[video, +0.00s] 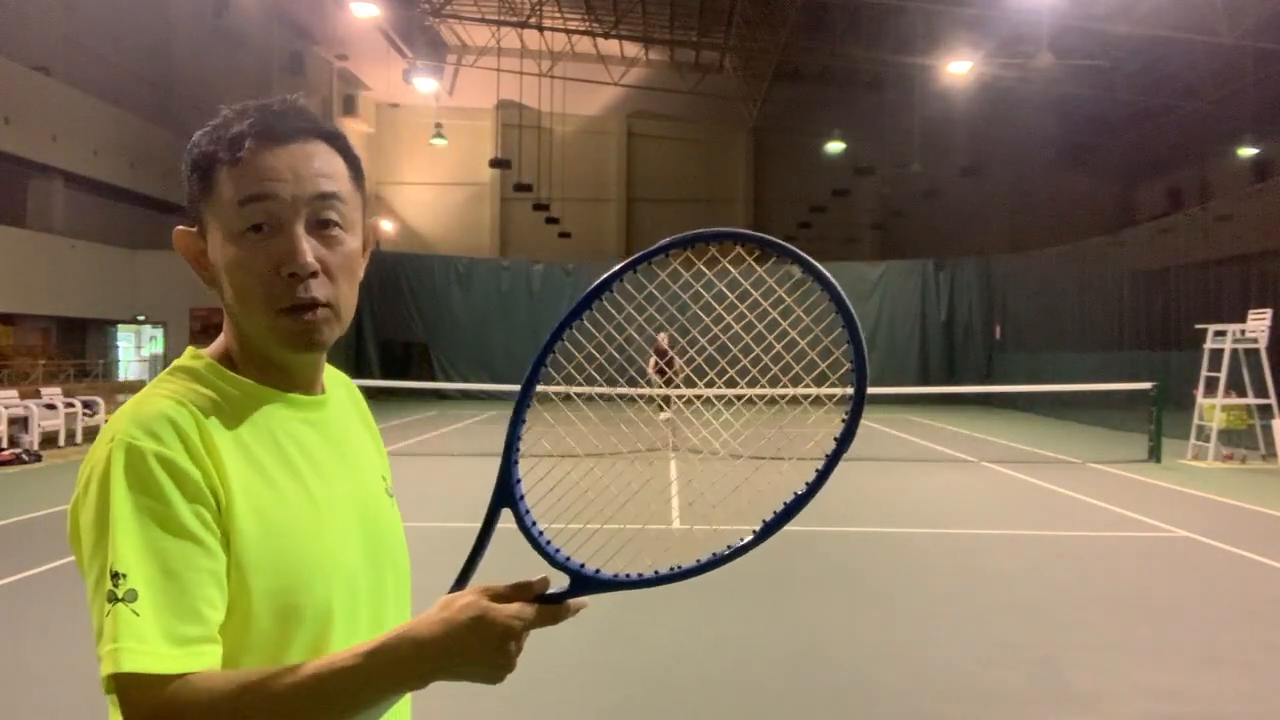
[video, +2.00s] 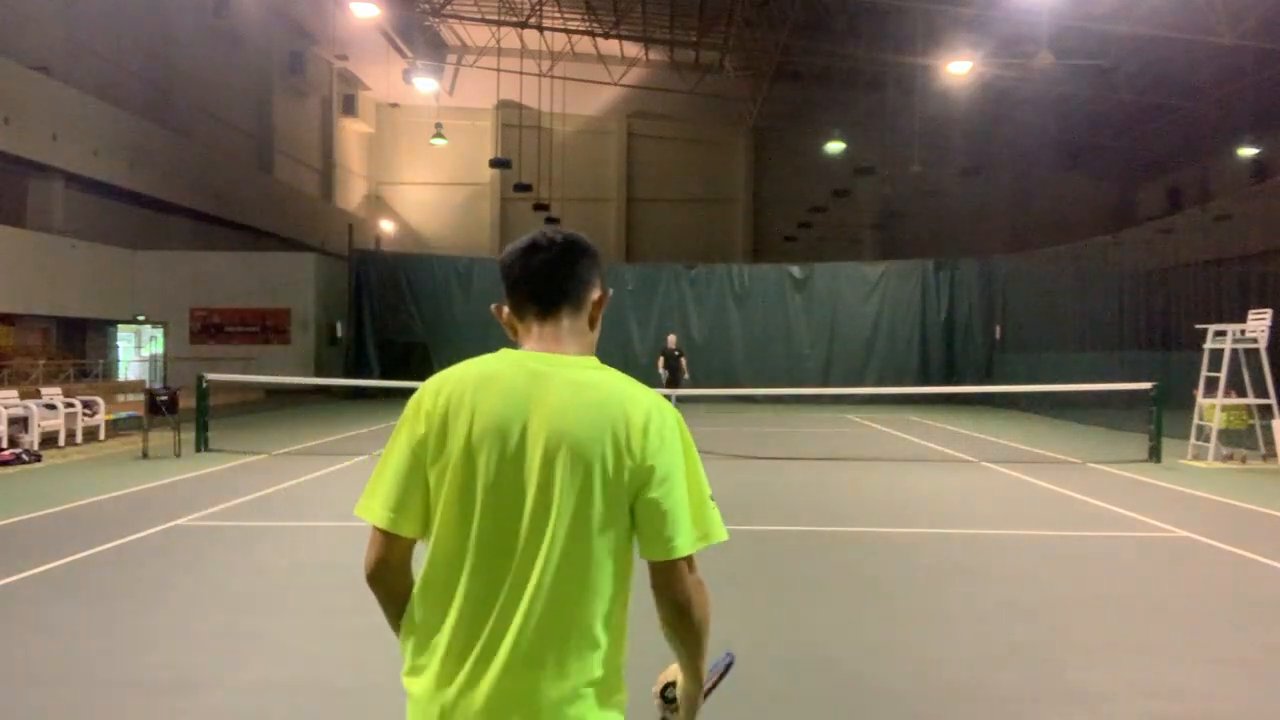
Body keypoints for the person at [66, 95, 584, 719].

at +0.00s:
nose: (302, 259)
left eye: (327, 223)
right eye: (258, 227)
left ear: (366, 243)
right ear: (202, 258)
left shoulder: (344, 404)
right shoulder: (154, 440)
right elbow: (155, 700)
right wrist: (415, 655)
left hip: (374, 708)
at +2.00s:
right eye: (603, 306)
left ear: (504, 318)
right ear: (598, 305)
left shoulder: (442, 396)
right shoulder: (643, 413)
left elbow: (383, 563)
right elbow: (677, 582)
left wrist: (428, 651)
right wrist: (692, 676)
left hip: (446, 700)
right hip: (575, 702)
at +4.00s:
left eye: (630, 314)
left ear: (629, 322)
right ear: (691, 325)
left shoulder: (599, 380)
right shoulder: (716, 392)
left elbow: (569, 466)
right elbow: (731, 493)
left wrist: (597, 380)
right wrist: (678, 497)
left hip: (602, 575)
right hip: (680, 579)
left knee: (579, 703)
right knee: (695, 705)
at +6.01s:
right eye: (670, 327)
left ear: (609, 334)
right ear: (669, 332)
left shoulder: (591, 391)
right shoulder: (704, 392)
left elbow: (575, 489)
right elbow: (731, 485)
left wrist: (623, 497)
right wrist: (685, 516)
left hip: (613, 574)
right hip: (691, 574)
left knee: (586, 708)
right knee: (713, 707)